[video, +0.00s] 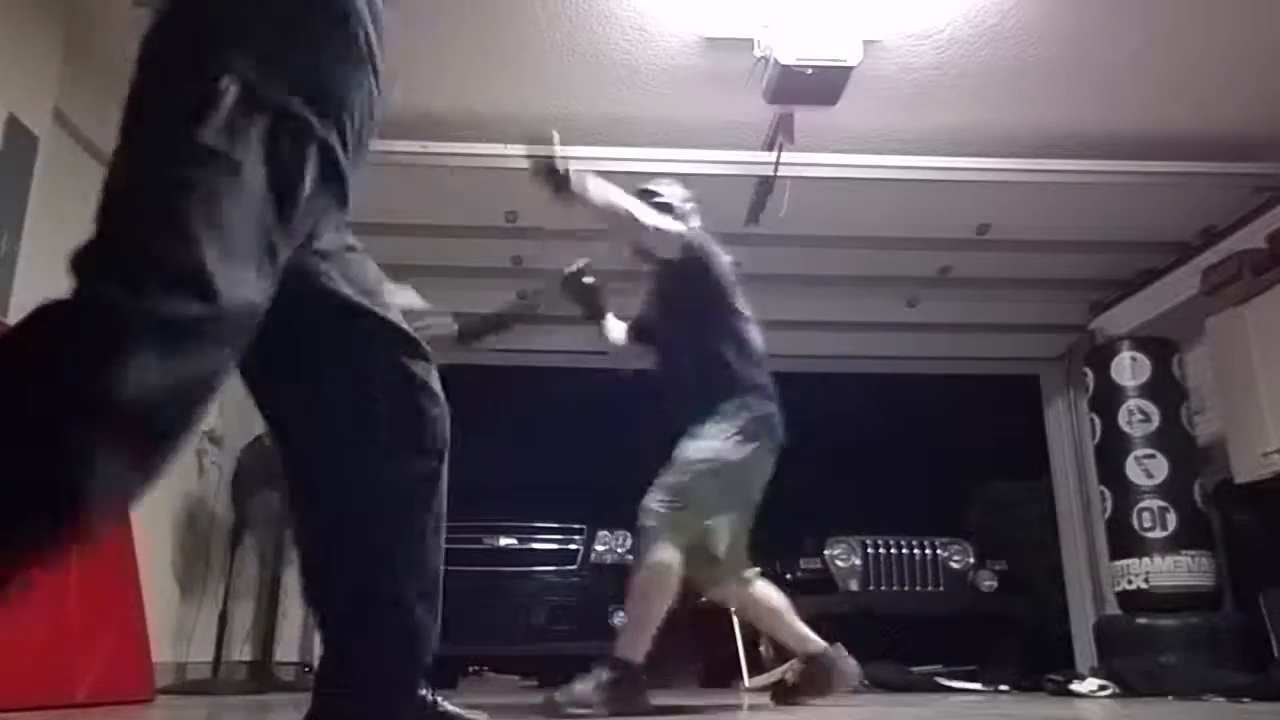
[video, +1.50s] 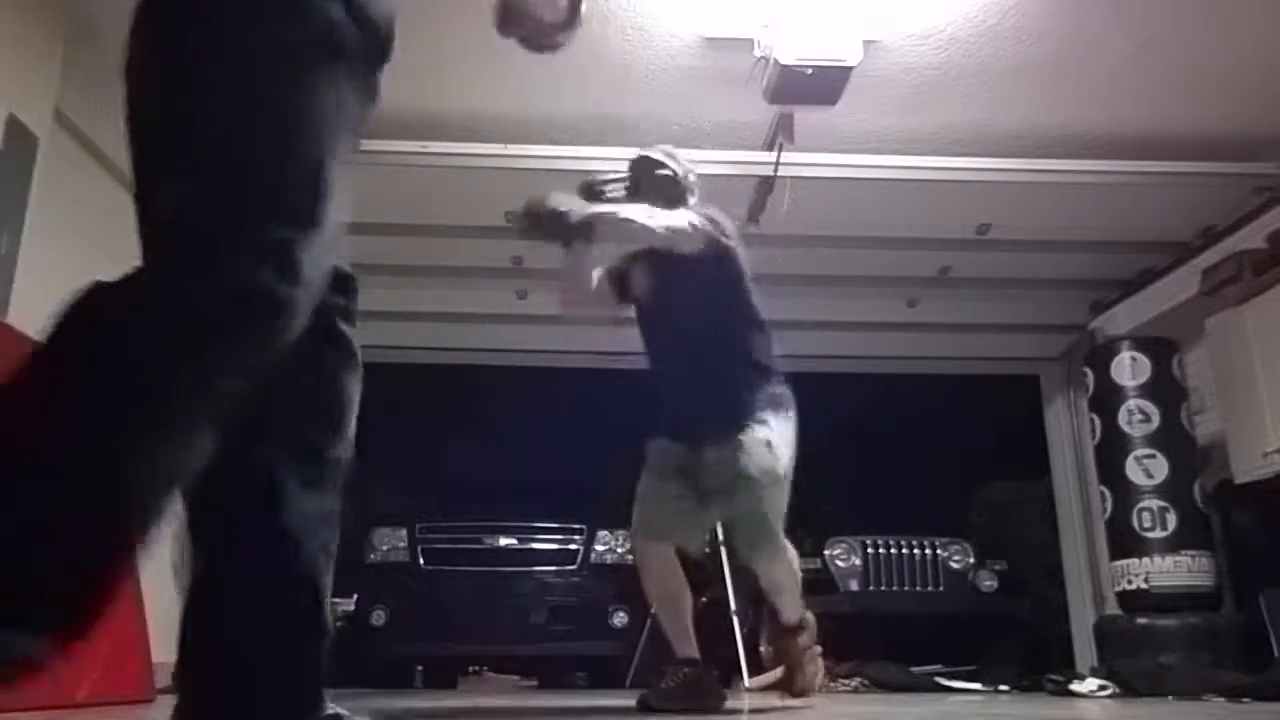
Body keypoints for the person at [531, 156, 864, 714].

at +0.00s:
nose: (644, 222)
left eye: (655, 213)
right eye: (641, 213)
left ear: (685, 219)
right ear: (646, 230)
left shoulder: (697, 254)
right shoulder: (665, 302)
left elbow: (637, 222)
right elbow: (626, 350)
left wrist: (574, 180)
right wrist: (596, 306)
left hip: (740, 415)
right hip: (715, 428)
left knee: (663, 520)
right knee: (717, 567)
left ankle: (623, 672)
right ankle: (821, 658)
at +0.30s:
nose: (601, 217)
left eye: (611, 206)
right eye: (598, 209)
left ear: (647, 211)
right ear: (595, 222)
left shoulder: (671, 266)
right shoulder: (629, 281)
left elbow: (672, 350)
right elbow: (609, 370)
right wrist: (577, 335)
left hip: (704, 416)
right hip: (678, 423)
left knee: (624, 523)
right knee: (651, 569)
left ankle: (616, 671)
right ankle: (750, 638)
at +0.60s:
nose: (669, 221)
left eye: (675, 210)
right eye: (654, 211)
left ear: (688, 211)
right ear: (631, 215)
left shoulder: (710, 253)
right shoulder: (626, 273)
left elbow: (704, 281)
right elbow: (573, 319)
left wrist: (639, 244)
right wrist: (574, 257)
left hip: (729, 409)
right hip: (673, 420)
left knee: (694, 517)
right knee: (663, 540)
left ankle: (703, 657)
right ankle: (727, 658)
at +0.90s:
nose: (689, 223)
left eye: (699, 212)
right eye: (678, 213)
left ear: (717, 216)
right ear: (662, 217)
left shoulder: (753, 271)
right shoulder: (649, 291)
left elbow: (772, 342)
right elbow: (633, 368)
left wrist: (722, 390)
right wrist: (666, 407)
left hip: (755, 444)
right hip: (684, 447)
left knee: (776, 552)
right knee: (685, 556)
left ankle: (802, 658)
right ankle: (733, 666)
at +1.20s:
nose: (707, 239)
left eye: (717, 230)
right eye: (698, 230)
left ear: (734, 229)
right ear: (679, 231)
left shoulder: (757, 270)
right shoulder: (661, 282)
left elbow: (796, 218)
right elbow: (626, 337)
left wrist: (738, 198)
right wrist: (675, 291)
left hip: (757, 443)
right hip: (680, 446)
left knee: (788, 560)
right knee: (654, 529)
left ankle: (799, 661)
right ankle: (690, 663)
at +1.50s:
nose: (645, 198)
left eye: (655, 186)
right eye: (639, 188)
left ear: (681, 191)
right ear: (629, 195)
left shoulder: (708, 227)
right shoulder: (635, 263)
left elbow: (644, 225)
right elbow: (577, 295)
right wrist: (585, 228)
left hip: (750, 410)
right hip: (682, 417)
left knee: (759, 538)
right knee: (651, 542)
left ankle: (796, 631)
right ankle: (690, 669)